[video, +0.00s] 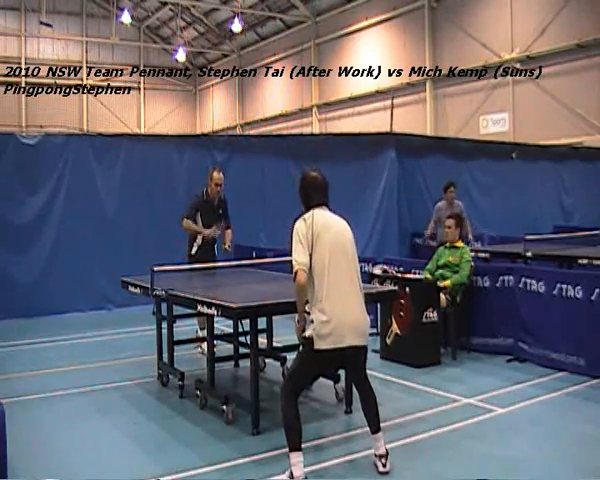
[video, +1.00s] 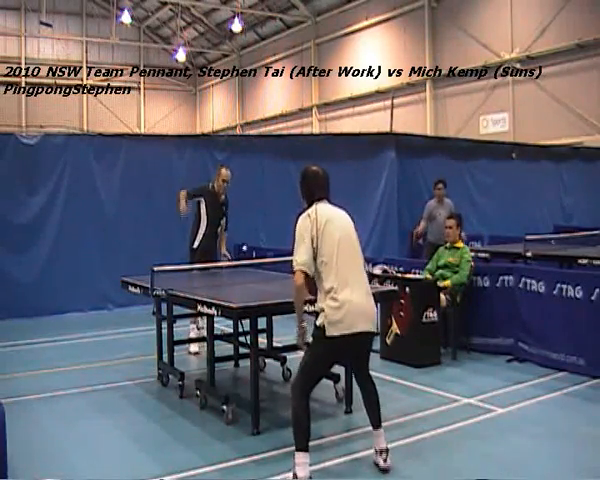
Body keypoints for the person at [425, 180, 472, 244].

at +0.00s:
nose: (452, 195)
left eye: (453, 192)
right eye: (450, 192)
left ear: (455, 193)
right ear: (445, 194)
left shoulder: (459, 205)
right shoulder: (439, 206)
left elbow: (464, 220)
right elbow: (434, 220)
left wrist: (468, 234)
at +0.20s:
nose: (451, 189)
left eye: (452, 186)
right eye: (449, 187)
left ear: (456, 187)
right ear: (446, 188)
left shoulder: (463, 200)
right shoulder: (444, 200)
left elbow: (469, 214)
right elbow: (438, 212)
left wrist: (473, 229)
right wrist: (428, 216)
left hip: (458, 229)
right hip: (445, 228)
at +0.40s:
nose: (455, 186)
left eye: (456, 183)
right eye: (452, 183)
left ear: (458, 185)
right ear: (448, 185)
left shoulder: (463, 198)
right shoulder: (444, 198)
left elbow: (468, 211)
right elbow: (438, 212)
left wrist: (474, 225)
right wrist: (435, 211)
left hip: (458, 228)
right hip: (445, 227)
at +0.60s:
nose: (450, 191)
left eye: (451, 188)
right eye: (447, 188)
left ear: (453, 189)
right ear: (443, 190)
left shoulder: (456, 202)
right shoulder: (437, 203)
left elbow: (463, 215)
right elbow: (431, 215)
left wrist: (469, 228)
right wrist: (430, 218)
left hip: (453, 234)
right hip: (439, 234)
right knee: (436, 256)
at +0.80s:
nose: (442, 193)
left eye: (443, 190)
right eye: (440, 190)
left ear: (445, 191)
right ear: (435, 192)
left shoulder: (448, 204)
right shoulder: (430, 206)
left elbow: (453, 218)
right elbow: (424, 220)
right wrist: (420, 230)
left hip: (446, 239)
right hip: (432, 240)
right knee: (430, 264)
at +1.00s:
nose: (440, 192)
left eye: (442, 189)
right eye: (438, 189)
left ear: (445, 191)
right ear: (434, 191)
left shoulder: (449, 204)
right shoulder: (430, 205)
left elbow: (452, 218)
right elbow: (424, 219)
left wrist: (455, 232)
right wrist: (420, 229)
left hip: (446, 239)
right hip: (432, 240)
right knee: (429, 263)